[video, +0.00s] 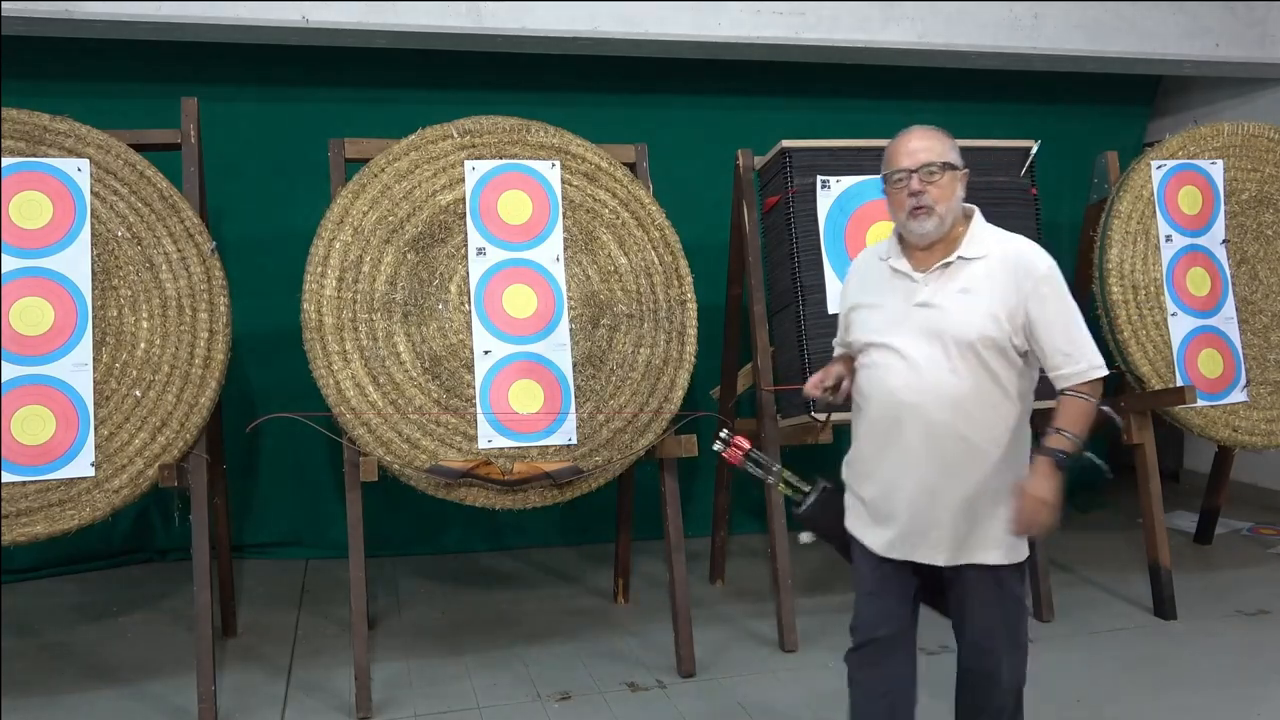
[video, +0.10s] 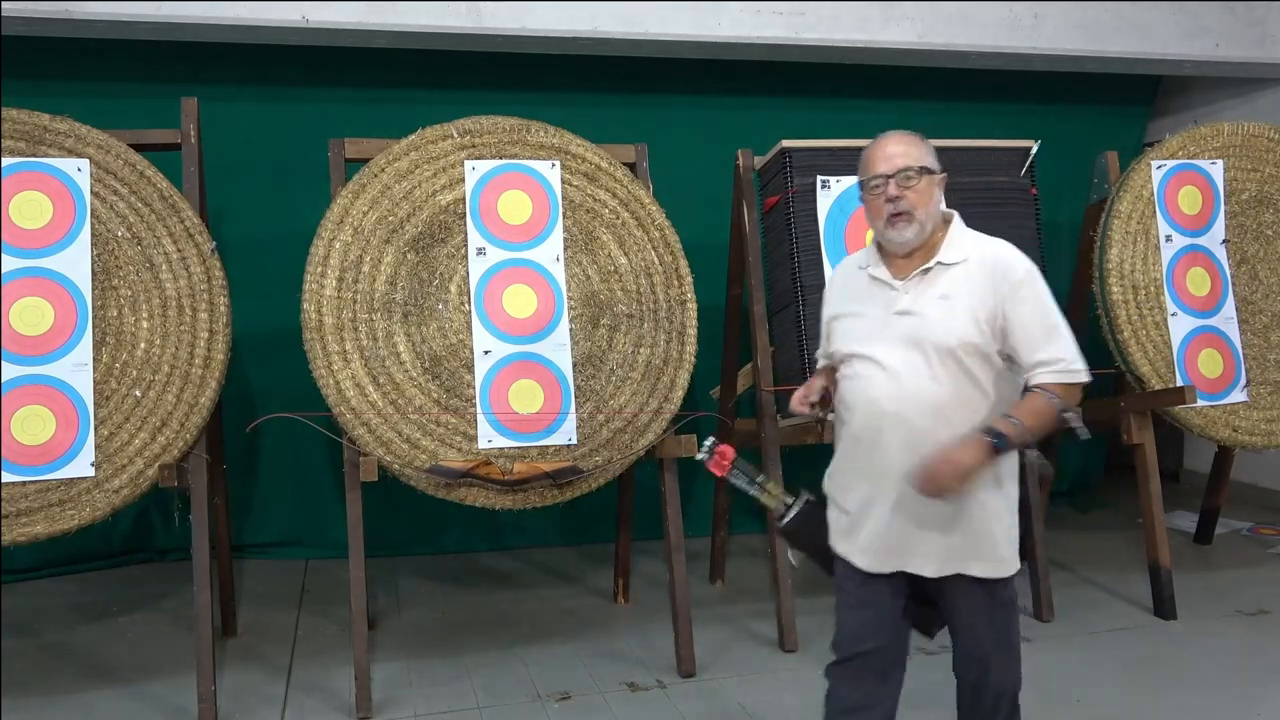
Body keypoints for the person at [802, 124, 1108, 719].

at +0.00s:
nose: (915, 188)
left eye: (931, 173)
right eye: (899, 178)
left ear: (961, 182)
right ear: (886, 195)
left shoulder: (1020, 264)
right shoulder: (867, 269)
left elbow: (1083, 378)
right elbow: (850, 353)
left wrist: (1049, 465)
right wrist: (838, 373)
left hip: (984, 524)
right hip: (881, 520)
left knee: (993, 683)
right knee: (875, 671)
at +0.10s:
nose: (892, 195)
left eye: (908, 179)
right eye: (876, 185)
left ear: (939, 186)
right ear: (864, 201)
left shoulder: (999, 267)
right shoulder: (845, 279)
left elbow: (1062, 379)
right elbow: (837, 364)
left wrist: (985, 443)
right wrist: (823, 382)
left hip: (971, 531)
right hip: (867, 528)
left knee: (990, 692)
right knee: (856, 688)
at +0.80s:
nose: (682, 183)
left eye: (704, 167)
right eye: (677, 171)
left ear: (759, 178)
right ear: (673, 184)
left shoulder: (825, 270)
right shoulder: (698, 270)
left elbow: (879, 418)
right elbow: (694, 374)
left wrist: (764, 439)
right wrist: (640, 420)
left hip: (767, 588)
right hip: (701, 577)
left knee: (725, 710)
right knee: (768, 707)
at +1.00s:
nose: (662, 192)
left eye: (688, 175)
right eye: (649, 175)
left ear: (732, 188)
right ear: (634, 184)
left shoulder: (778, 297)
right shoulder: (640, 272)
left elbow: (827, 459)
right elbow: (660, 395)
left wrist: (715, 459)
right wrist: (587, 444)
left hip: (707, 609)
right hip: (640, 591)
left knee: (669, 710)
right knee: (723, 705)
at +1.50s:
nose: (569, 167)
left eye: (596, 148)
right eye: (548, 143)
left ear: (633, 165)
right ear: (522, 155)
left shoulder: (692, 271)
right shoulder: (469, 268)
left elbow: (748, 443)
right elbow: (402, 406)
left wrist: (626, 422)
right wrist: (427, 425)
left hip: (634, 660)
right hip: (484, 649)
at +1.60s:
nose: (546, 170)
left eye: (573, 149)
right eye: (523, 147)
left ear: (608, 162)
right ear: (495, 157)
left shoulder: (675, 277)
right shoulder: (438, 276)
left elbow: (731, 444)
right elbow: (358, 445)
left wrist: (622, 450)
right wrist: (437, 446)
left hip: (624, 668)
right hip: (467, 666)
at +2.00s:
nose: (408, 161)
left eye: (435, 128)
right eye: (377, 139)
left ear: (482, 132)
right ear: (346, 156)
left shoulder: (582, 261)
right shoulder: (297, 293)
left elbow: (669, 427)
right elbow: (226, 515)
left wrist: (589, 450)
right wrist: (314, 467)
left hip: (563, 691)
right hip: (366, 697)